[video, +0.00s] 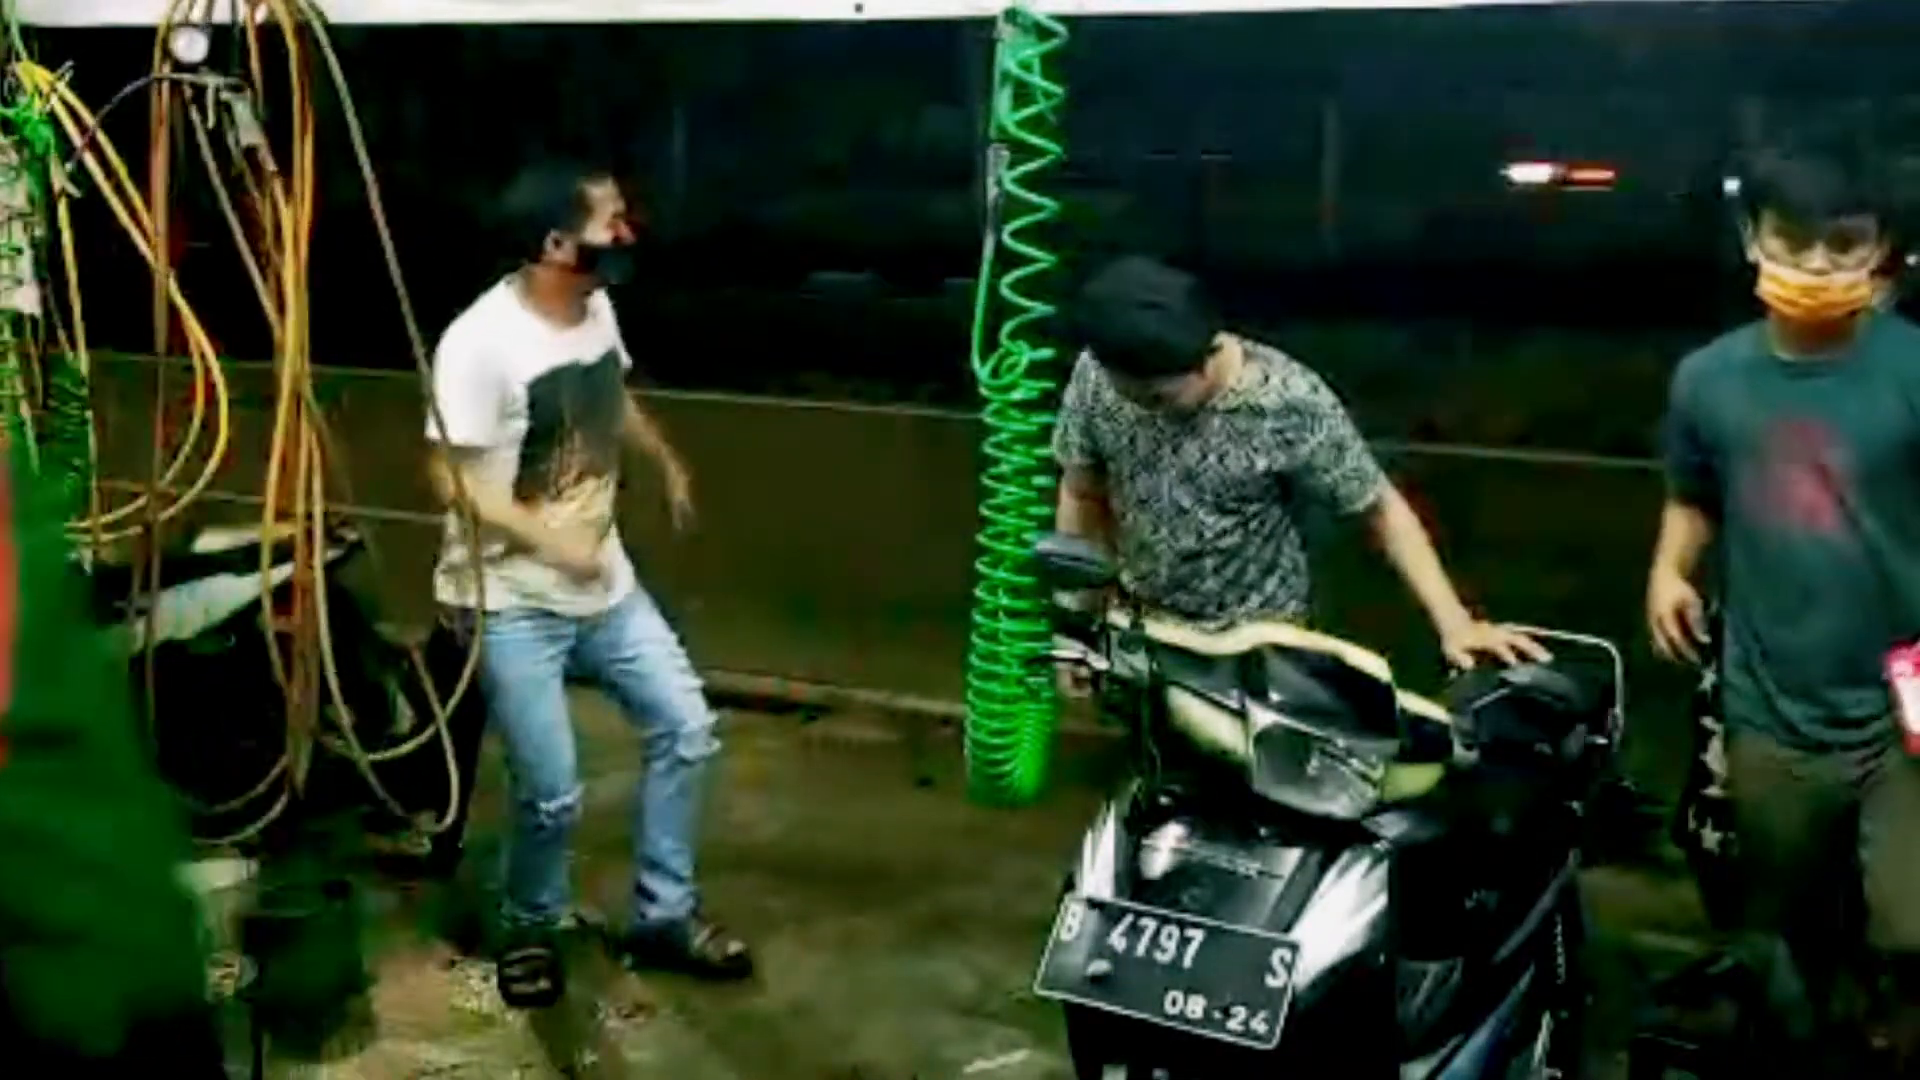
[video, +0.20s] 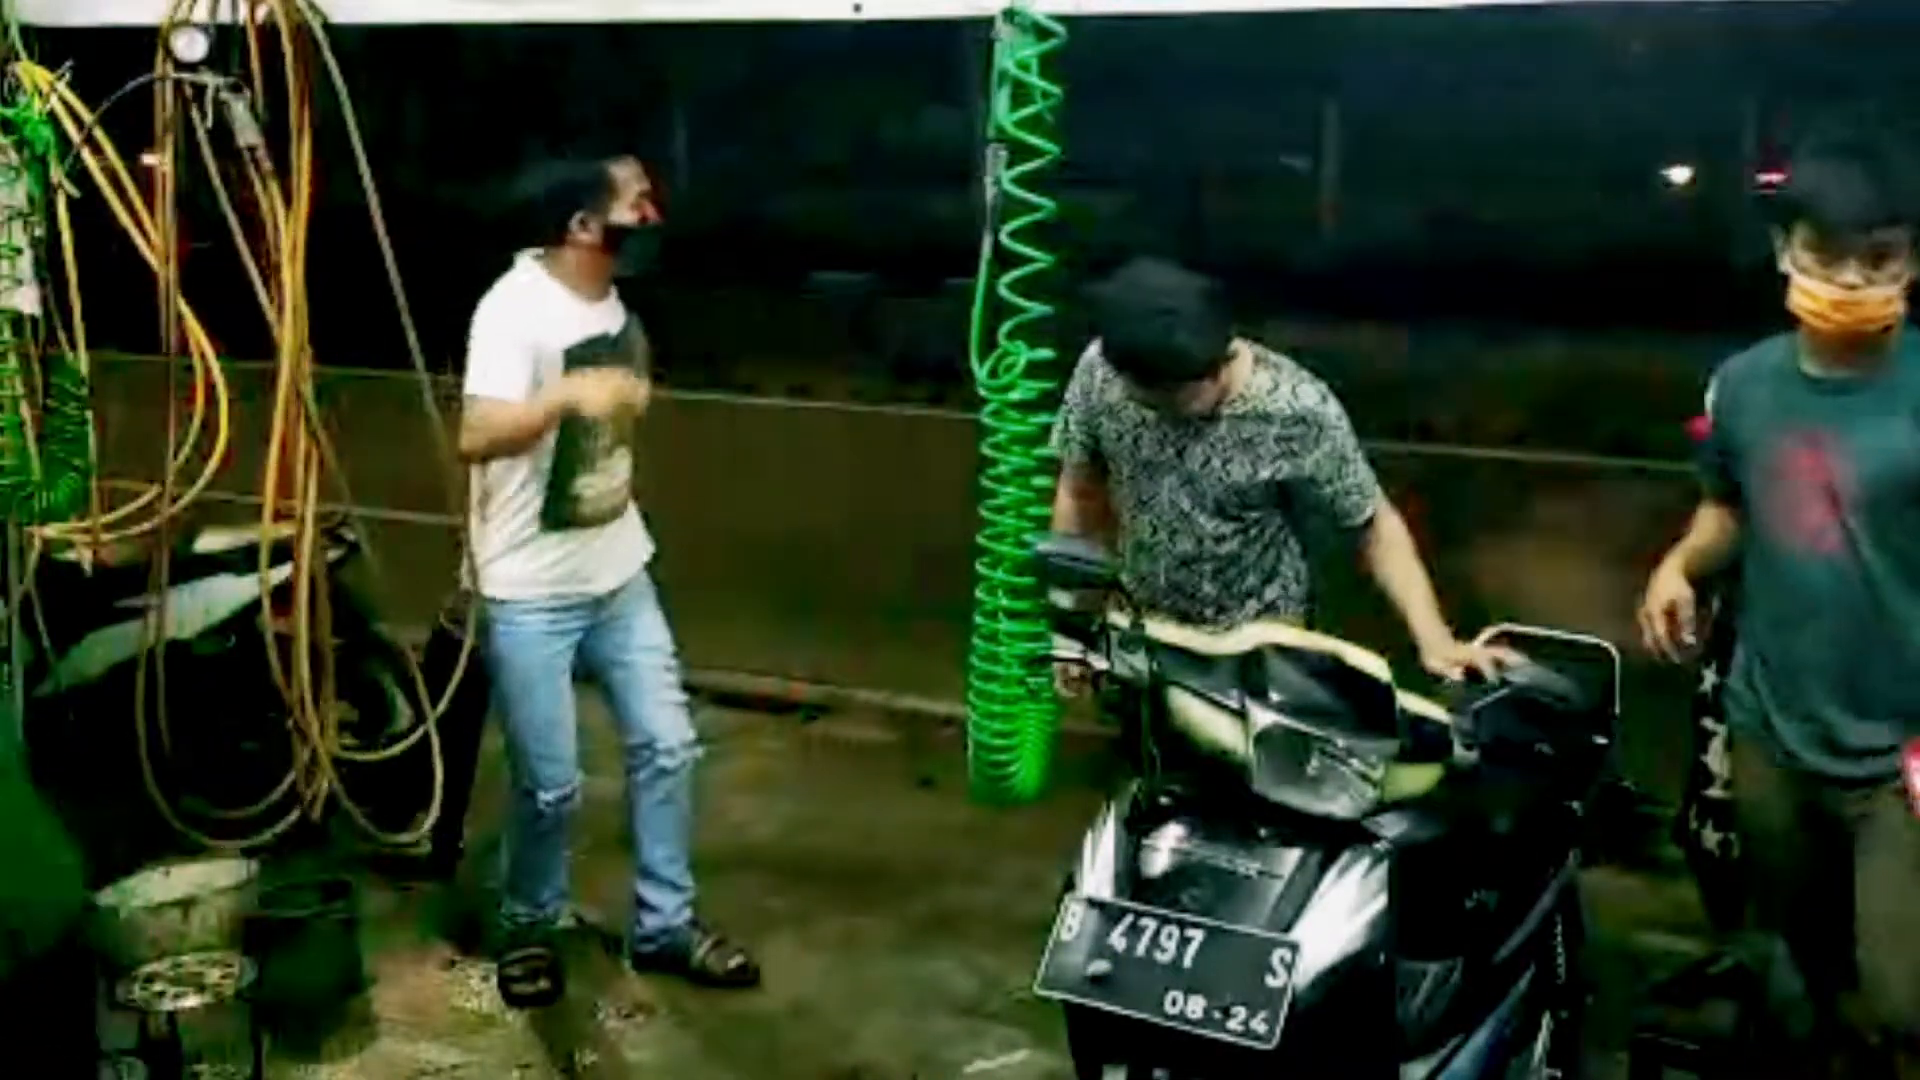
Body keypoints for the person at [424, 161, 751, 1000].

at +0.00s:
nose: (622, 236)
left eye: (620, 221)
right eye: (607, 224)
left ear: (577, 245)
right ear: (553, 242)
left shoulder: (594, 308)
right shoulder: (477, 342)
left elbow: (612, 402)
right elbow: (448, 476)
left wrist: (668, 462)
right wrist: (541, 533)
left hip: (604, 584)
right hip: (509, 601)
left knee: (688, 731)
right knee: (552, 790)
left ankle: (662, 918)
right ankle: (530, 928)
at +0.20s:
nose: (649, 218)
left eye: (648, 203)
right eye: (632, 205)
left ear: (606, 227)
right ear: (579, 223)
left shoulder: (612, 303)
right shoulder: (510, 310)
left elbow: (595, 422)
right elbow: (475, 436)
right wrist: (569, 397)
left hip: (618, 570)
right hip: (527, 590)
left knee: (668, 747)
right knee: (552, 784)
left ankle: (664, 924)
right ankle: (531, 924)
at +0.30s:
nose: (662, 214)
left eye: (663, 200)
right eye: (646, 202)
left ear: (623, 223)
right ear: (589, 218)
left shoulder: (631, 305)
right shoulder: (528, 304)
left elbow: (610, 421)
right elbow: (481, 424)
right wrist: (580, 374)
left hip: (633, 571)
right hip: (541, 589)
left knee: (681, 748)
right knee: (559, 785)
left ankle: (666, 924)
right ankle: (530, 922)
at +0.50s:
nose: (666, 236)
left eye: (671, 217)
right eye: (643, 222)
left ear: (679, 220)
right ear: (590, 232)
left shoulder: (680, 319)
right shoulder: (534, 321)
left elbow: (706, 433)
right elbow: (487, 449)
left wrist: (757, 523)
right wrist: (563, 513)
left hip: (668, 585)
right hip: (567, 598)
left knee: (716, 766)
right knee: (612, 790)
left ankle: (668, 931)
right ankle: (548, 922)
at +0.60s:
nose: (652, 233)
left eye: (663, 216)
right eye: (631, 219)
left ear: (678, 222)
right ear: (588, 228)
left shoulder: (706, 329)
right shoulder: (533, 317)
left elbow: (744, 442)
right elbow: (476, 438)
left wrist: (758, 521)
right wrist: (517, 543)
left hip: (683, 599)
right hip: (577, 603)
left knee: (725, 771)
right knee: (619, 794)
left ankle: (670, 933)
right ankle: (595, 953)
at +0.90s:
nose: (590, 201)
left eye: (609, 185)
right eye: (573, 186)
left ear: (646, 198)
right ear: (553, 201)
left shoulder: (698, 295)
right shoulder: (524, 300)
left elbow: (752, 396)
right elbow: (488, 389)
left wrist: (688, 373)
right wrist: (474, 496)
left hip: (684, 598)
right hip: (566, 604)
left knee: (704, 793)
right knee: (581, 816)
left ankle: (677, 923)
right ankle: (628, 988)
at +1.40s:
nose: (631, 227)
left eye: (650, 207)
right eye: (611, 211)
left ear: (692, 212)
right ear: (588, 223)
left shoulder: (735, 301)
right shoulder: (550, 310)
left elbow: (802, 352)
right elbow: (421, 394)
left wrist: (872, 434)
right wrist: (470, 376)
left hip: (723, 621)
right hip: (599, 630)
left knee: (742, 846)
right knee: (609, 850)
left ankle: (764, 1047)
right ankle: (633, 1002)